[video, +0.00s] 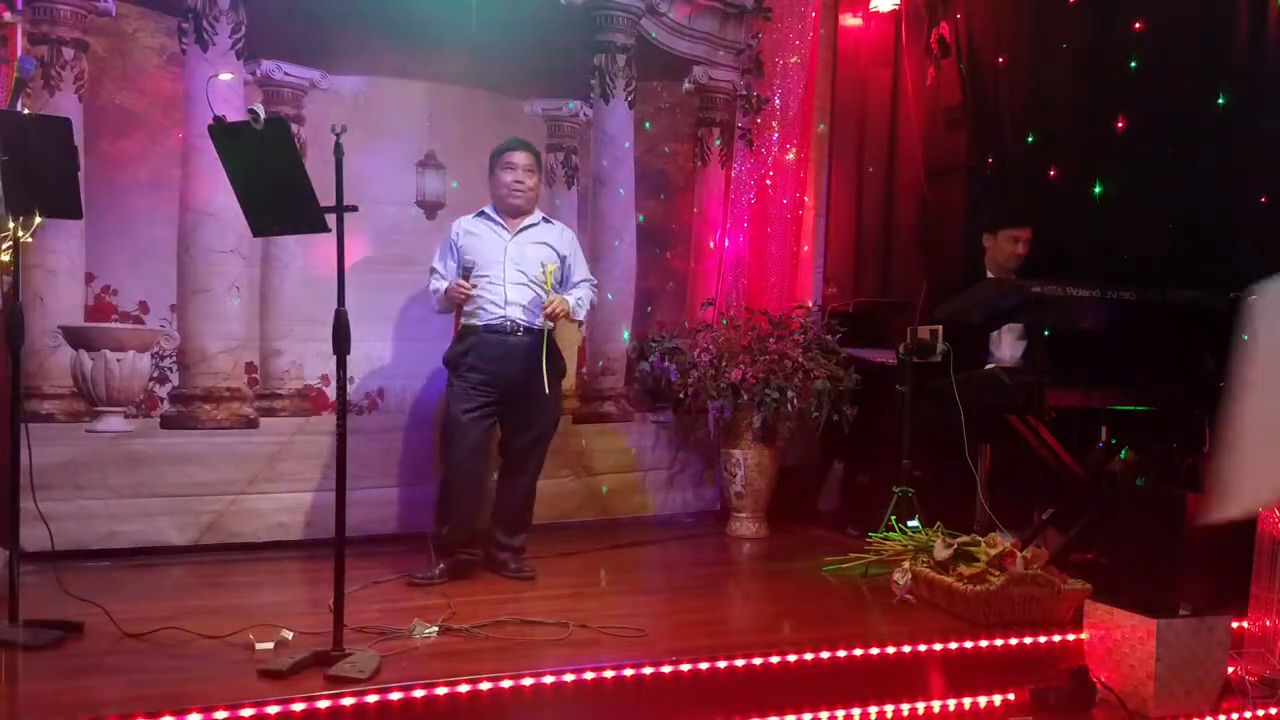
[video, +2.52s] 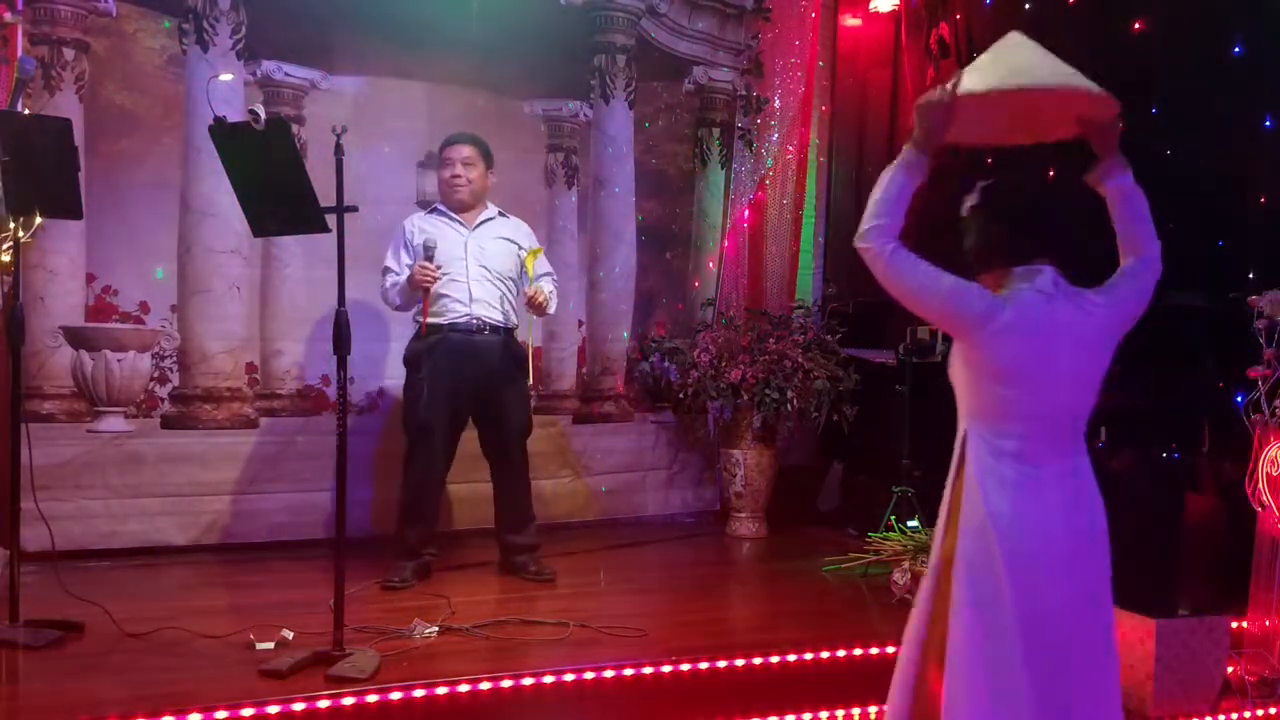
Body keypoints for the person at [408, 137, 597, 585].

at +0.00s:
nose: (519, 178)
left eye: (529, 171)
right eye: (509, 169)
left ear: (540, 182)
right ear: (491, 179)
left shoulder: (559, 236)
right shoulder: (465, 229)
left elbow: (584, 286)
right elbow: (438, 289)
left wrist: (570, 303)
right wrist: (449, 293)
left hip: (535, 354)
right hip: (477, 351)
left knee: (523, 460)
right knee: (463, 452)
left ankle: (507, 550)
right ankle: (457, 553)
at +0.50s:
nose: (522, 185)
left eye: (531, 178)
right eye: (512, 175)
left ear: (539, 188)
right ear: (491, 179)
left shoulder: (546, 245)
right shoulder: (454, 223)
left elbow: (555, 304)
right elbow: (421, 277)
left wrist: (563, 327)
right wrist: (444, 288)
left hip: (529, 355)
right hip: (471, 352)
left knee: (520, 461)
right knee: (447, 455)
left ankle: (506, 551)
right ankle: (417, 554)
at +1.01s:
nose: (462, 177)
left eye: (473, 170)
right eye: (454, 169)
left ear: (491, 183)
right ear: (441, 178)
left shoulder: (504, 241)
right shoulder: (412, 222)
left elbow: (521, 305)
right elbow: (380, 280)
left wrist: (547, 332)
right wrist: (408, 285)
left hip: (485, 352)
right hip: (426, 349)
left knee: (494, 453)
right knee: (417, 452)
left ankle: (502, 550)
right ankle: (413, 555)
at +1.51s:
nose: (428, 171)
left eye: (438, 164)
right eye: (417, 163)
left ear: (452, 176)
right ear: (400, 174)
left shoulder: (475, 235)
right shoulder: (376, 226)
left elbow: (490, 300)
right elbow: (351, 297)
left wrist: (501, 305)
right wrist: (374, 290)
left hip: (460, 352)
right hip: (400, 351)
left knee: (486, 444)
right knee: (402, 455)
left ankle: (488, 552)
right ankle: (409, 557)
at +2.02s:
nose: (414, 168)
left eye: (425, 159)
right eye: (405, 162)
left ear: (449, 168)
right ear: (397, 174)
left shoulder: (487, 221)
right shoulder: (384, 234)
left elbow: (516, 273)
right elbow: (362, 303)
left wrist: (514, 302)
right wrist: (380, 299)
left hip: (480, 350)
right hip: (418, 353)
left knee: (504, 452)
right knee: (413, 459)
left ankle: (519, 550)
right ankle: (412, 557)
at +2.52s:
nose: (455, 172)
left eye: (467, 164)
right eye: (447, 164)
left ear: (488, 175)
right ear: (437, 175)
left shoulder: (517, 230)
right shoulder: (418, 226)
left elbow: (545, 282)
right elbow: (390, 293)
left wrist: (541, 296)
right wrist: (410, 284)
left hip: (501, 353)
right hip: (440, 352)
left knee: (511, 456)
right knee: (426, 456)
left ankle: (520, 553)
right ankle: (413, 557)